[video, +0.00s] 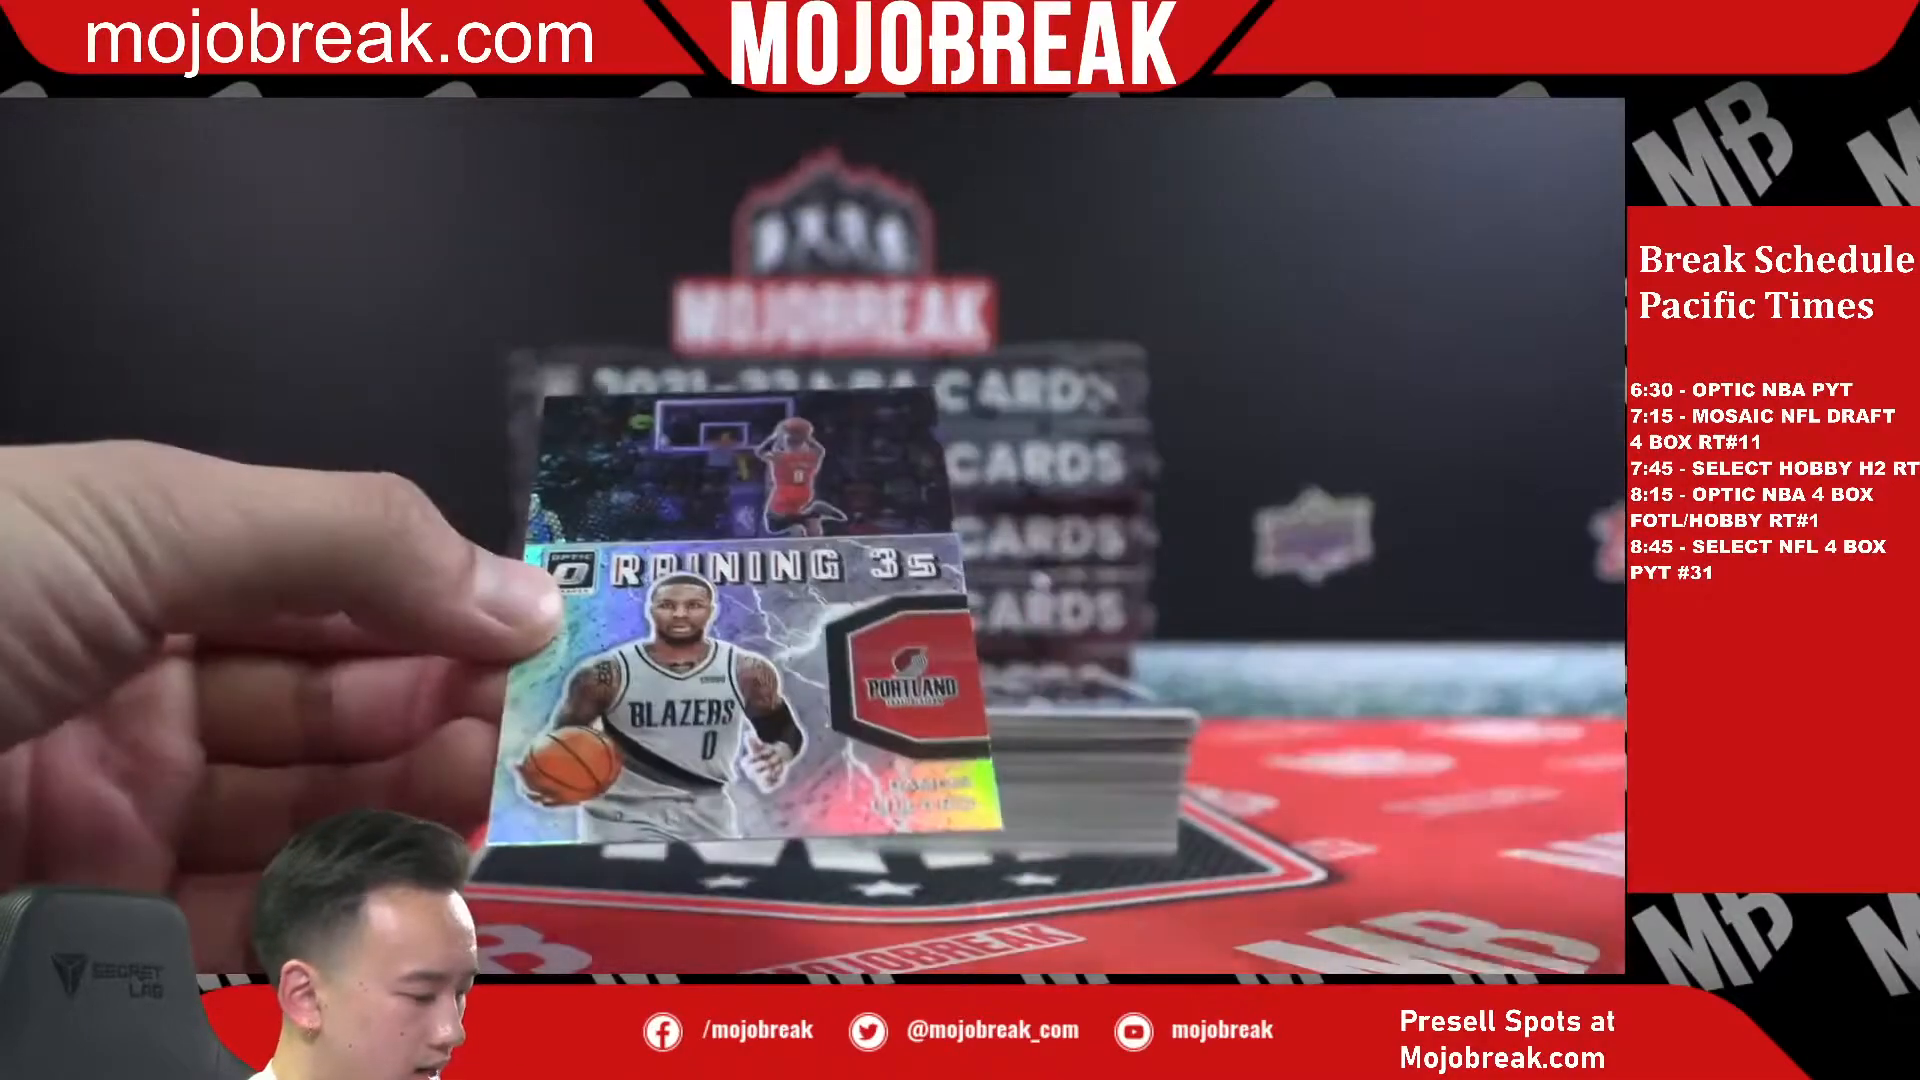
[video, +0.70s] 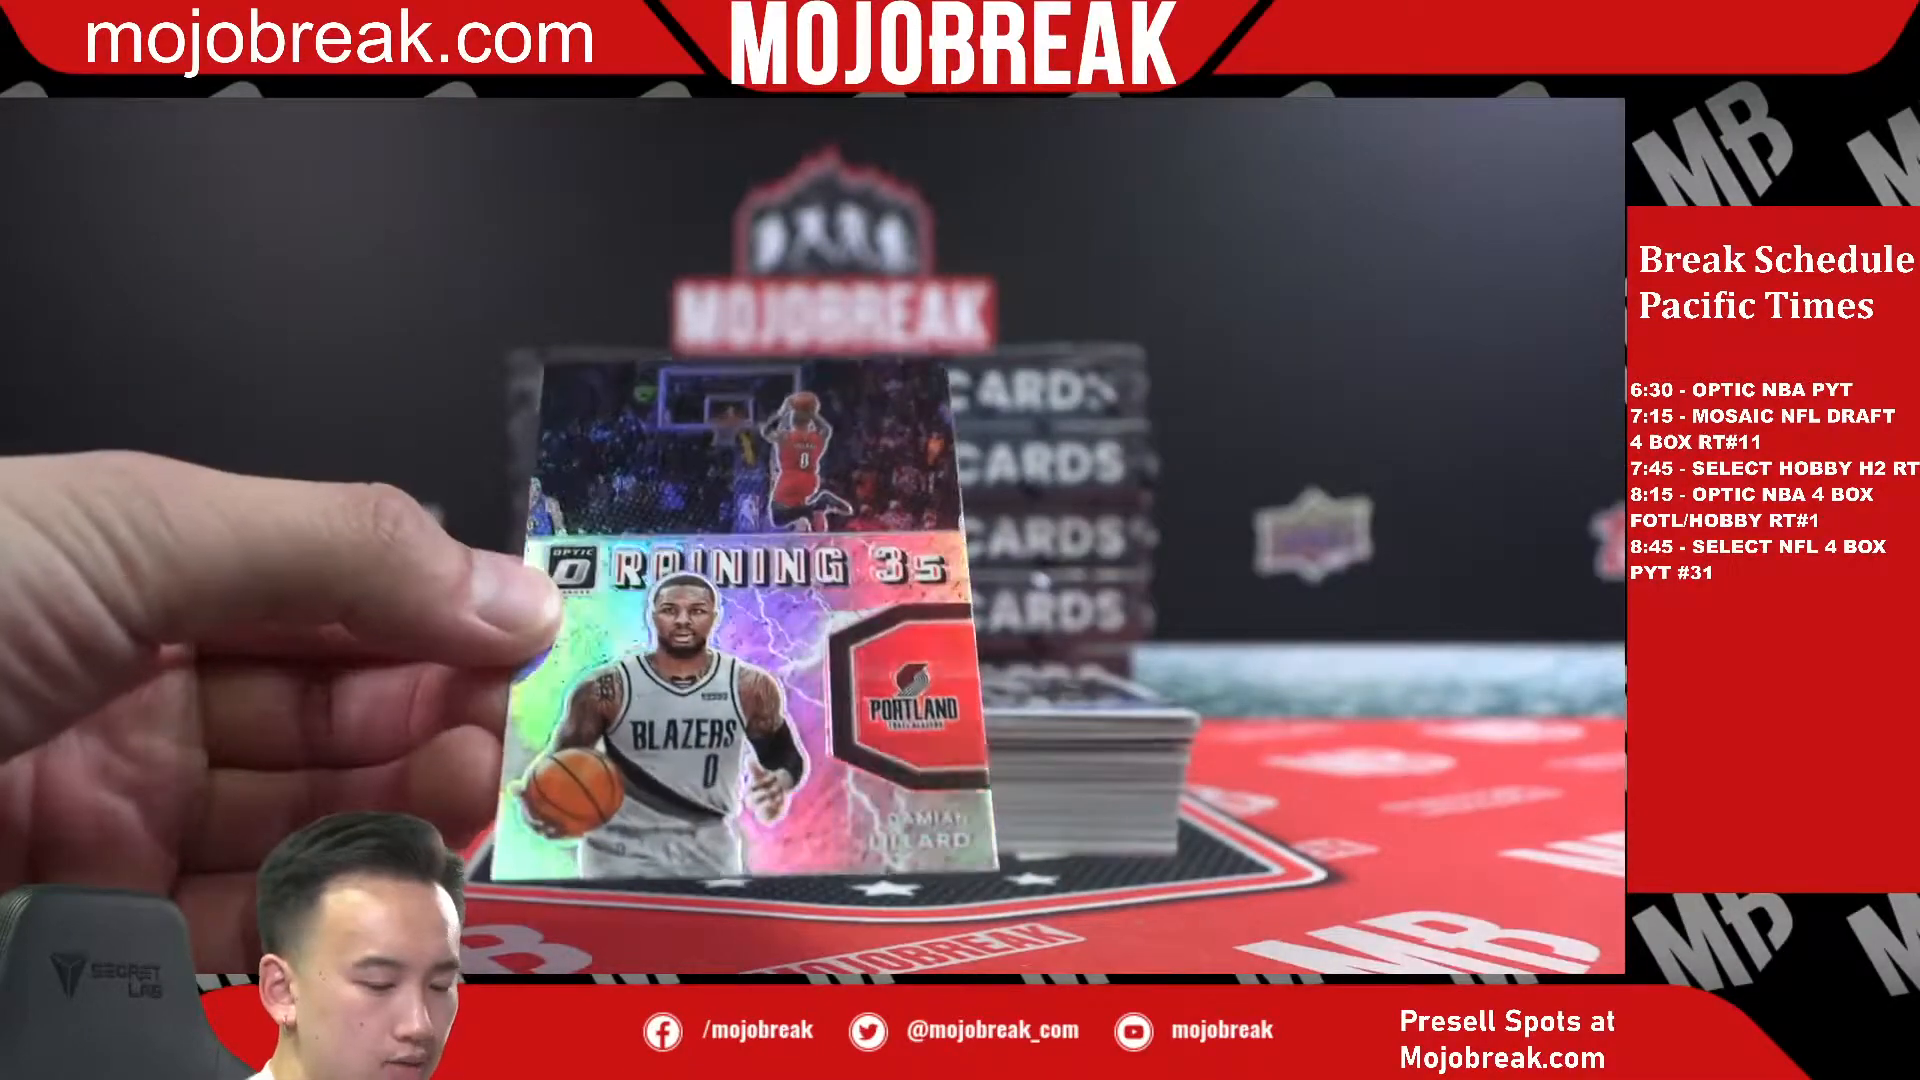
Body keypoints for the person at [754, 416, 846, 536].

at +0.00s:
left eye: (786, 437)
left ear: (786, 440)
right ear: (806, 440)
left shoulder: (777, 457)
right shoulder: (814, 457)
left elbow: (759, 452)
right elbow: (821, 450)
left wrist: (774, 436)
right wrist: (808, 437)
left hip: (782, 499)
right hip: (805, 500)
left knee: (772, 527)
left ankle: (795, 530)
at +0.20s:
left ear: (786, 447)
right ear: (804, 447)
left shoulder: (778, 459)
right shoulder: (813, 459)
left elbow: (760, 454)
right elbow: (821, 452)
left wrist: (776, 437)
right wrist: (808, 439)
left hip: (783, 494)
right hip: (805, 494)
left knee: (772, 528)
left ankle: (792, 531)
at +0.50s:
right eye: (804, 442)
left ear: (785, 442)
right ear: (803, 443)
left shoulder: (777, 454)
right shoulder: (811, 455)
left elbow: (759, 449)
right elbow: (820, 447)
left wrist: (775, 432)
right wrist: (806, 433)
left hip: (782, 490)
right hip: (804, 491)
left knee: (771, 526)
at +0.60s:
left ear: (791, 436)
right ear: (809, 438)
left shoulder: (783, 450)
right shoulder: (817, 451)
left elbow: (765, 445)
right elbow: (826, 443)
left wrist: (781, 427)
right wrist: (813, 429)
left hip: (787, 488)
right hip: (809, 489)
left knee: (776, 528)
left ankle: (810, 519)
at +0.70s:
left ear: (793, 420)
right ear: (810, 422)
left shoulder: (783, 436)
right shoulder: (819, 438)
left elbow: (765, 431)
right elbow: (827, 428)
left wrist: (780, 413)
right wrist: (814, 414)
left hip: (788, 477)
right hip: (810, 478)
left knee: (777, 518)